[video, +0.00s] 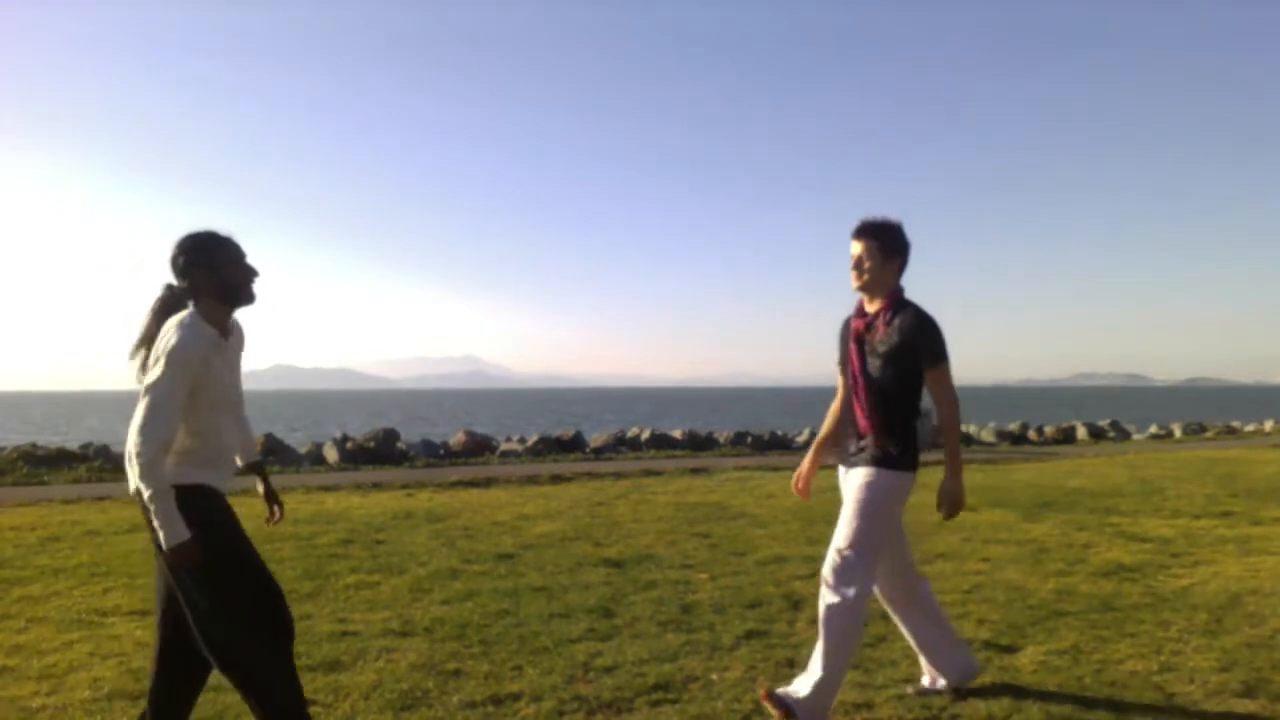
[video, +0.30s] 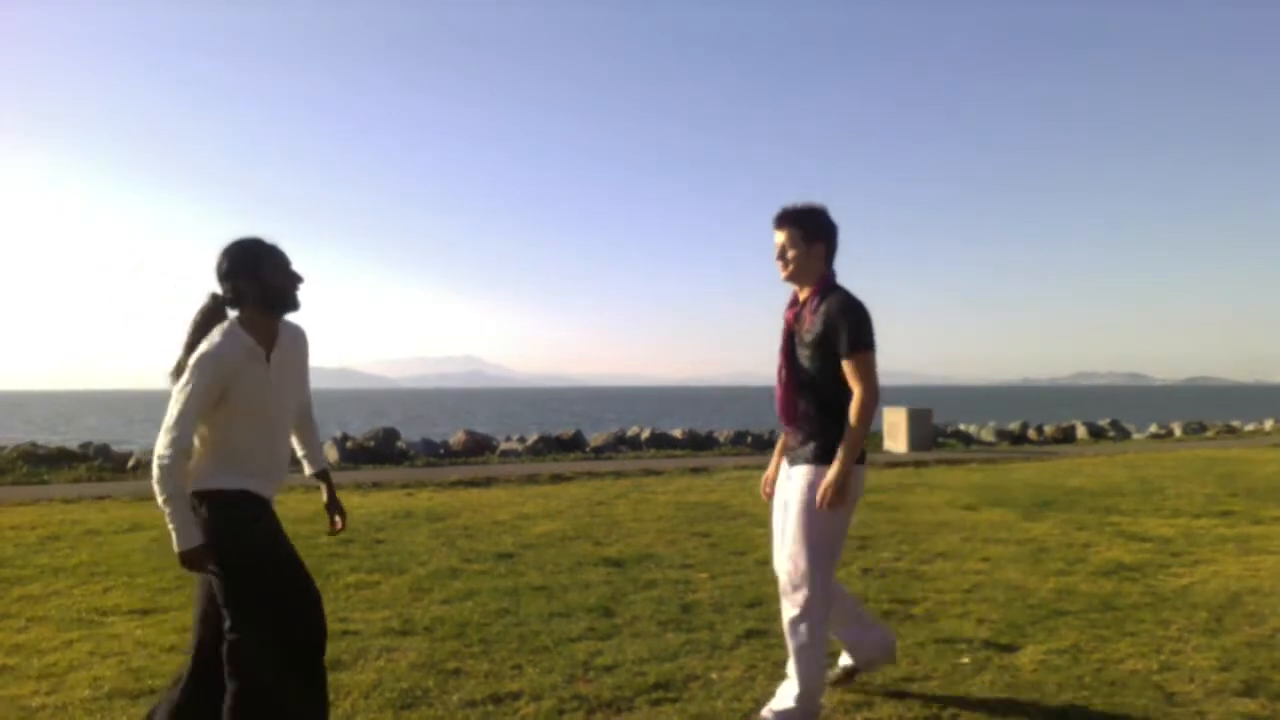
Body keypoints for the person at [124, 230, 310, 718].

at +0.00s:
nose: (253, 271)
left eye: (246, 262)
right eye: (239, 263)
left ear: (214, 276)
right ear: (205, 275)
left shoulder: (231, 334)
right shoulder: (185, 337)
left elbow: (231, 411)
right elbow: (142, 450)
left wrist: (259, 475)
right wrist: (173, 532)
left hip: (206, 494)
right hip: (182, 497)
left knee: (185, 641)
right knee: (263, 619)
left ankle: (163, 711)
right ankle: (288, 711)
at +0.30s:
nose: (297, 276)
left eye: (290, 265)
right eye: (283, 267)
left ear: (264, 281)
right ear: (253, 282)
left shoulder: (292, 340)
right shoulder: (219, 352)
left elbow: (301, 416)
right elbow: (169, 453)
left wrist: (325, 482)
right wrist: (186, 534)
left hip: (256, 503)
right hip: (219, 504)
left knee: (225, 637)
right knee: (299, 611)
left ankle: (186, 711)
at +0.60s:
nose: (351, 271)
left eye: (346, 260)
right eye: (338, 261)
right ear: (307, 272)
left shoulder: (348, 339)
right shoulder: (259, 341)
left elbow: (352, 420)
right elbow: (212, 437)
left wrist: (366, 487)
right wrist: (226, 516)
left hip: (314, 503)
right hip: (269, 500)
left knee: (281, 637)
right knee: (339, 622)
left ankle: (191, 705)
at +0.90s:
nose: (396, 270)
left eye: (391, 260)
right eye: (381, 259)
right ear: (346, 267)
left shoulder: (378, 344)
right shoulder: (304, 323)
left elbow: (351, 426)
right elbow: (254, 417)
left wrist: (364, 492)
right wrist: (274, 503)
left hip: (359, 514)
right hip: (308, 510)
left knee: (377, 621)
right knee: (319, 638)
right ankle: (293, 705)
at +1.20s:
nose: (426, 279)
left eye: (421, 269)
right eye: (414, 268)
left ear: (383, 275)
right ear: (383, 273)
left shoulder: (382, 323)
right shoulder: (366, 308)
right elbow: (309, 361)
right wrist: (370, 430)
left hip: (366, 487)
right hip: (334, 487)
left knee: (425, 591)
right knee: (348, 616)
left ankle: (434, 702)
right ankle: (350, 711)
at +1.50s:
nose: (450, 274)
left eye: (446, 265)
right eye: (438, 265)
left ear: (397, 277)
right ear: (404, 272)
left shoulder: (381, 324)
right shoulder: (408, 317)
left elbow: (341, 408)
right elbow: (432, 379)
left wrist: (343, 479)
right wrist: (502, 325)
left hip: (365, 488)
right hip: (392, 492)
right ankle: (428, 707)